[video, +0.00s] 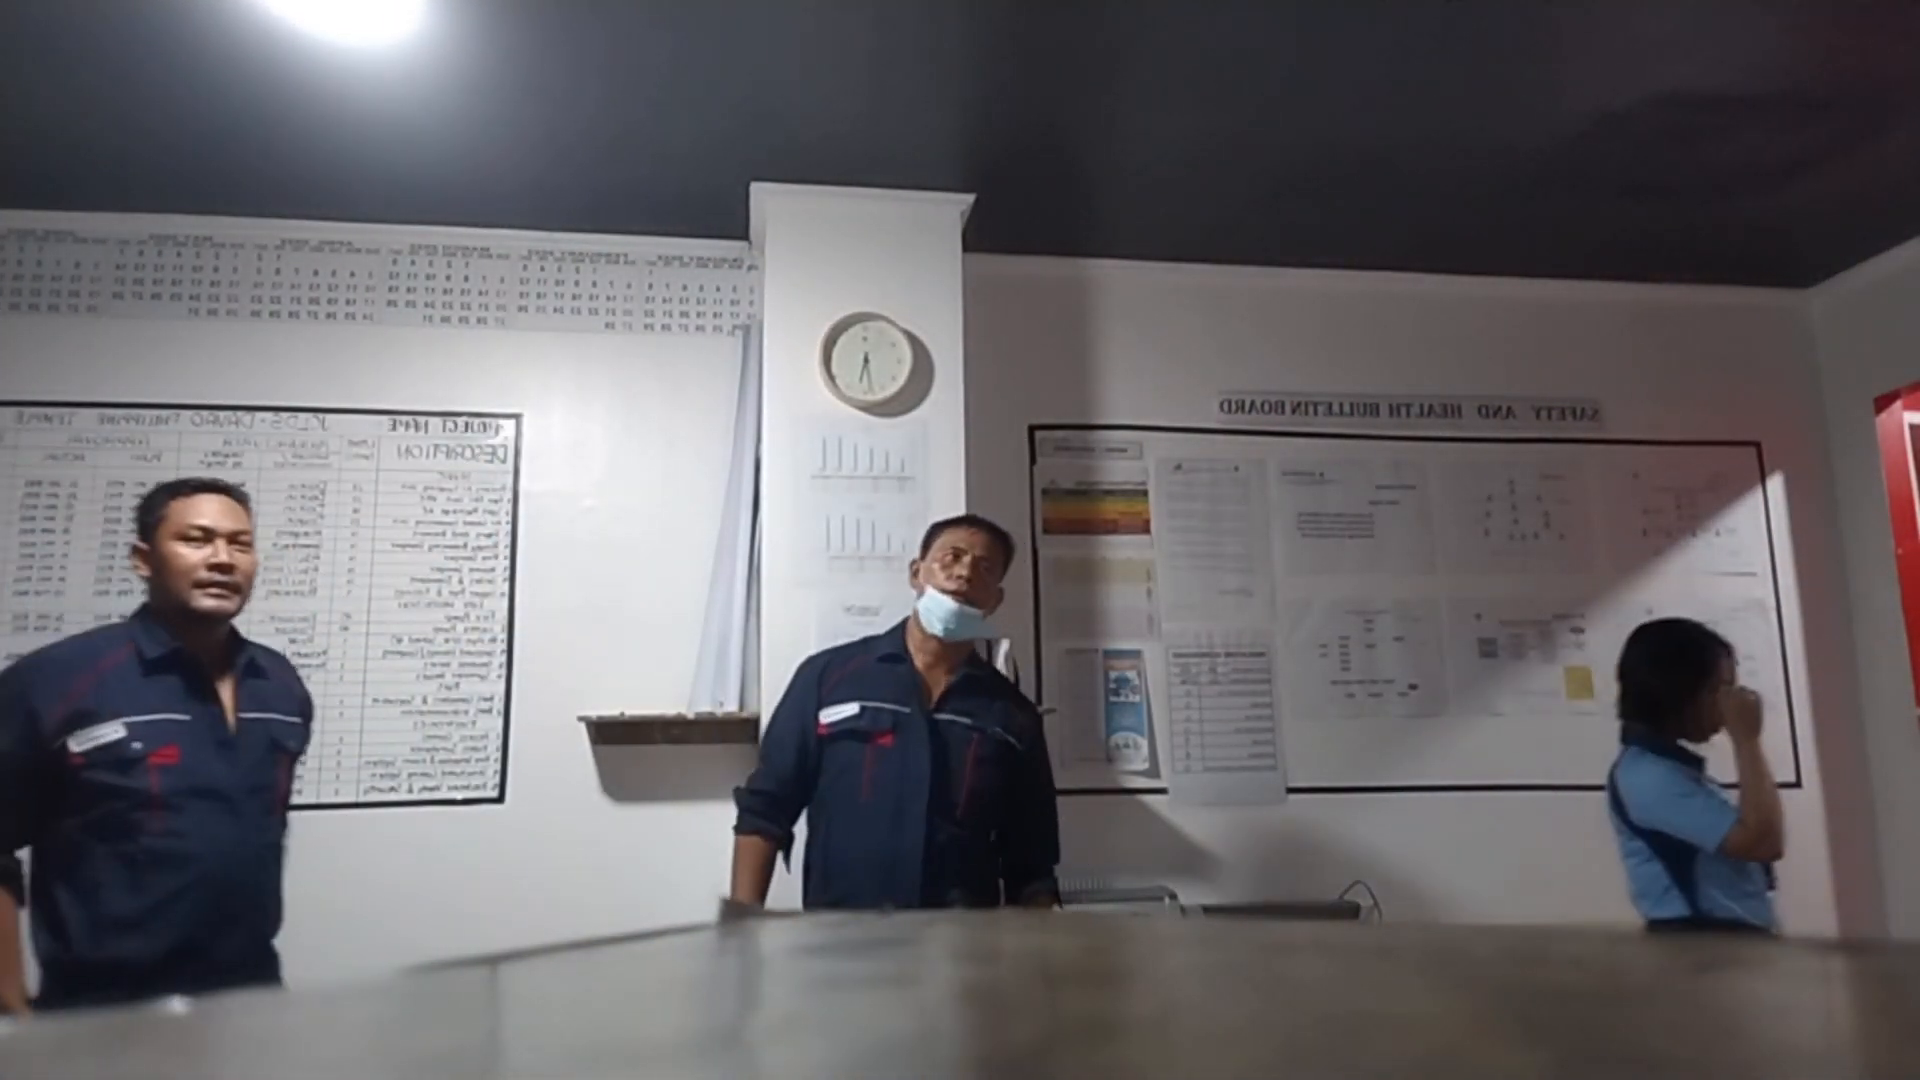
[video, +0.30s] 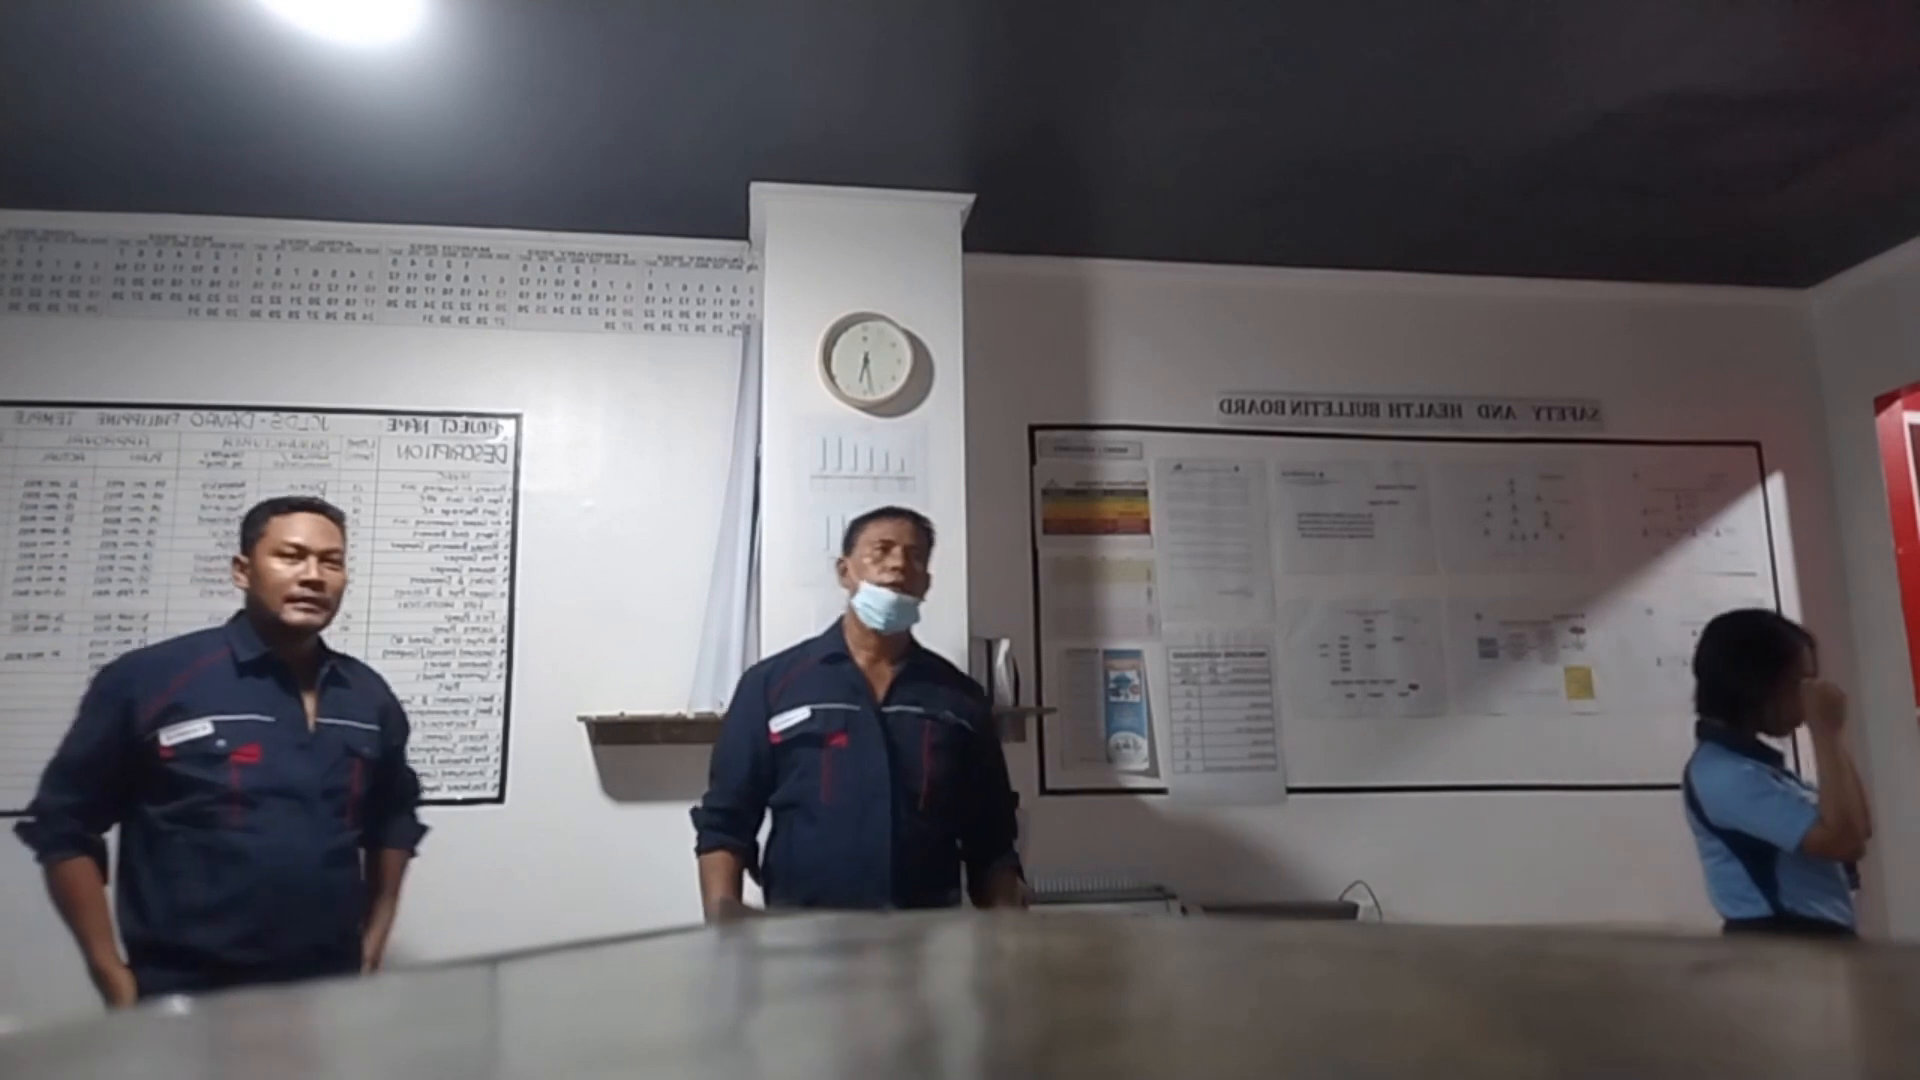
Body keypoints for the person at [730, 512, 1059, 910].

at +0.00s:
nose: (965, 571)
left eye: (983, 567)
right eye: (952, 556)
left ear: (995, 599)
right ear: (917, 574)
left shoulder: (1015, 719)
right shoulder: (826, 679)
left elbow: (1032, 873)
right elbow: (765, 810)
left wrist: (1038, 965)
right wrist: (741, 933)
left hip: (967, 954)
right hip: (840, 948)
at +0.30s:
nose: (900, 566)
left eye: (914, 556)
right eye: (881, 551)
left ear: (927, 582)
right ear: (846, 572)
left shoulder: (962, 699)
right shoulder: (770, 687)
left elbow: (992, 847)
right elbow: (724, 823)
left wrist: (1012, 952)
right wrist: (727, 939)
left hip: (929, 948)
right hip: (804, 946)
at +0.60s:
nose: (838, 561)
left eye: (850, 548)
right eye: (816, 549)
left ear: (863, 567)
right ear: (782, 576)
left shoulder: (913, 685)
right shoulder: (721, 698)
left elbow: (948, 831)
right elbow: (683, 851)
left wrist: (952, 943)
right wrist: (690, 972)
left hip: (897, 941)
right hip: (773, 943)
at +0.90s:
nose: (805, 565)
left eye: (817, 551)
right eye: (783, 556)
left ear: (834, 567)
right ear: (752, 586)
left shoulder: (896, 678)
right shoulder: (705, 708)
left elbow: (942, 820)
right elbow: (672, 860)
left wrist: (946, 937)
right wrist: (683, 981)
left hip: (891, 941)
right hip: (769, 945)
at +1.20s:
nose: (830, 564)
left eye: (841, 550)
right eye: (808, 555)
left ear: (860, 568)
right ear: (779, 586)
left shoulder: (924, 684)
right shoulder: (733, 706)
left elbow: (975, 810)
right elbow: (701, 863)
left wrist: (960, 917)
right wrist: (724, 977)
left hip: (910, 943)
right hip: (788, 949)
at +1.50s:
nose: (908, 566)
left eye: (921, 555)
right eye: (888, 555)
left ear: (935, 577)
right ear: (854, 578)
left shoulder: (972, 689)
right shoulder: (786, 695)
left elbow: (1022, 824)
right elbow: (746, 850)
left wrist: (951, 737)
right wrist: (745, 970)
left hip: (951, 940)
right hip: (829, 944)